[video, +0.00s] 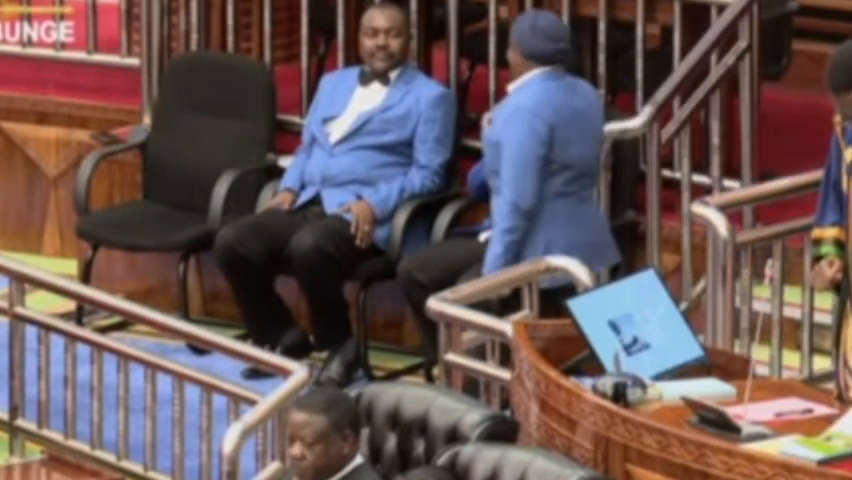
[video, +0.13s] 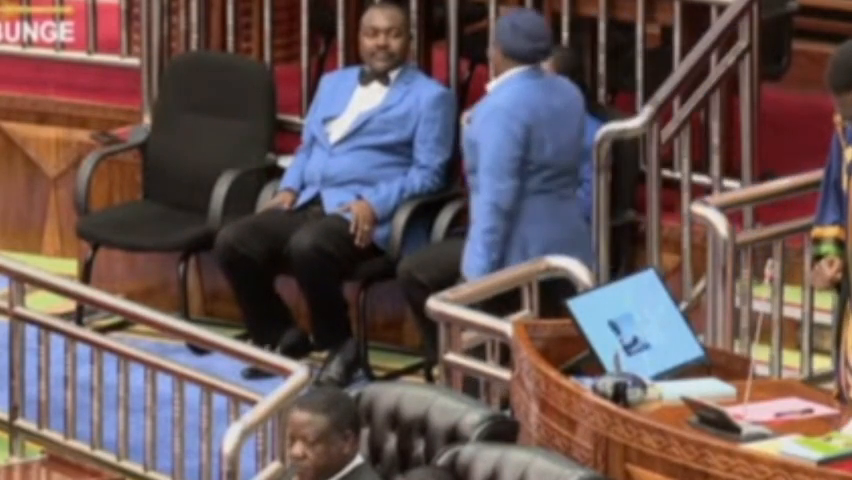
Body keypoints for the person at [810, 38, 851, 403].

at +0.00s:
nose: (842, 118)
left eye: (847, 108)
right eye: (840, 108)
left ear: (850, 99)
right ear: (834, 102)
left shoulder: (841, 139)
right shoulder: (840, 138)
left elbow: (832, 196)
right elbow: (832, 195)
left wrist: (831, 250)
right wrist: (829, 248)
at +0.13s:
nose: (841, 121)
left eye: (846, 111)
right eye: (840, 110)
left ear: (849, 103)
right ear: (834, 103)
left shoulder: (841, 139)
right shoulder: (841, 138)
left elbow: (833, 195)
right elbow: (833, 194)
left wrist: (831, 249)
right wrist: (829, 247)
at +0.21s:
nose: (841, 121)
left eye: (846, 111)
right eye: (840, 110)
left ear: (849, 103)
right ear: (835, 102)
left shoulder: (841, 139)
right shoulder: (841, 138)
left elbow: (833, 193)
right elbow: (833, 192)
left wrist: (831, 248)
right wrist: (829, 246)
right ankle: (843, 387)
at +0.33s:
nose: (842, 122)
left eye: (846, 112)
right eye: (840, 111)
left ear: (849, 105)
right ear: (835, 104)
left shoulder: (840, 141)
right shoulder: (841, 140)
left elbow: (834, 193)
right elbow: (834, 192)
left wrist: (830, 247)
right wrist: (828, 245)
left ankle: (842, 382)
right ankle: (842, 383)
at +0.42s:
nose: (843, 123)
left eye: (846, 113)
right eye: (841, 113)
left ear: (848, 106)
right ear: (836, 105)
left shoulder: (840, 140)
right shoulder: (841, 139)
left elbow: (834, 194)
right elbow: (833, 192)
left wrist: (830, 245)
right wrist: (828, 244)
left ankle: (842, 382)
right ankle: (841, 382)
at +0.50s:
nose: (842, 124)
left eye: (846, 114)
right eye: (841, 113)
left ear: (847, 108)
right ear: (837, 107)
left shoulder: (840, 141)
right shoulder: (841, 140)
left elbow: (834, 195)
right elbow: (833, 194)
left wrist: (830, 246)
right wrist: (827, 245)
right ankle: (841, 378)